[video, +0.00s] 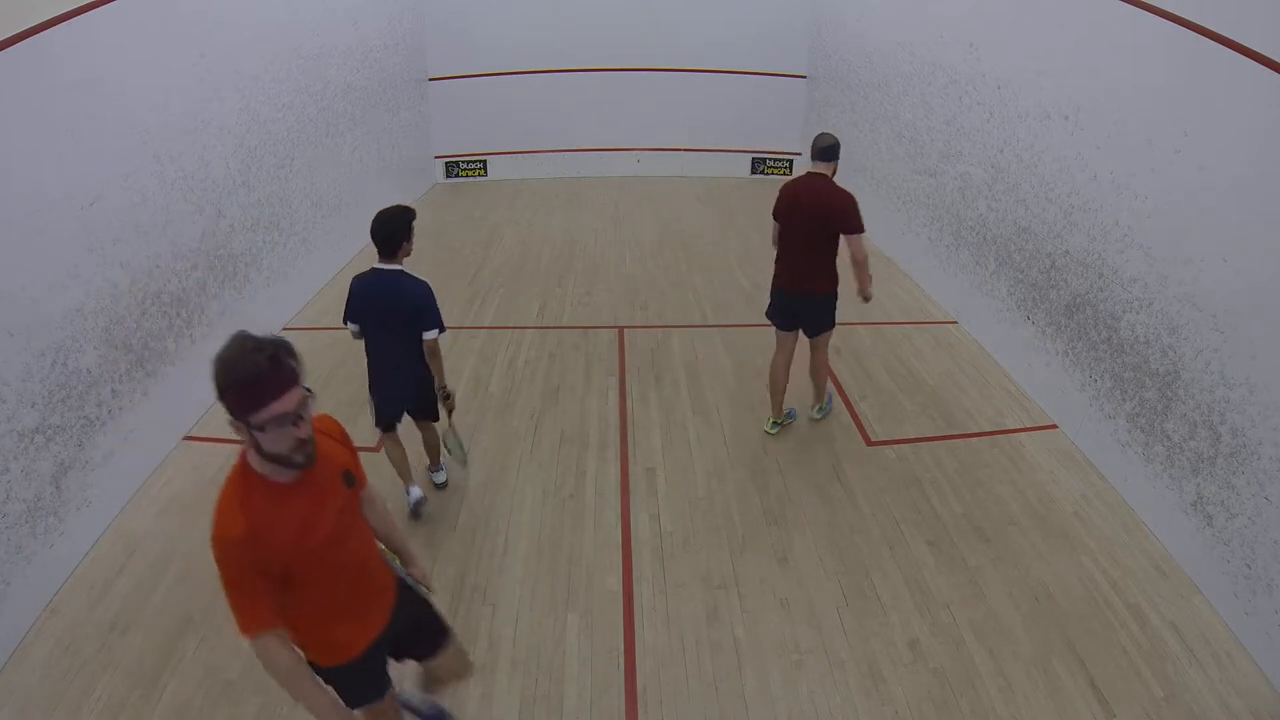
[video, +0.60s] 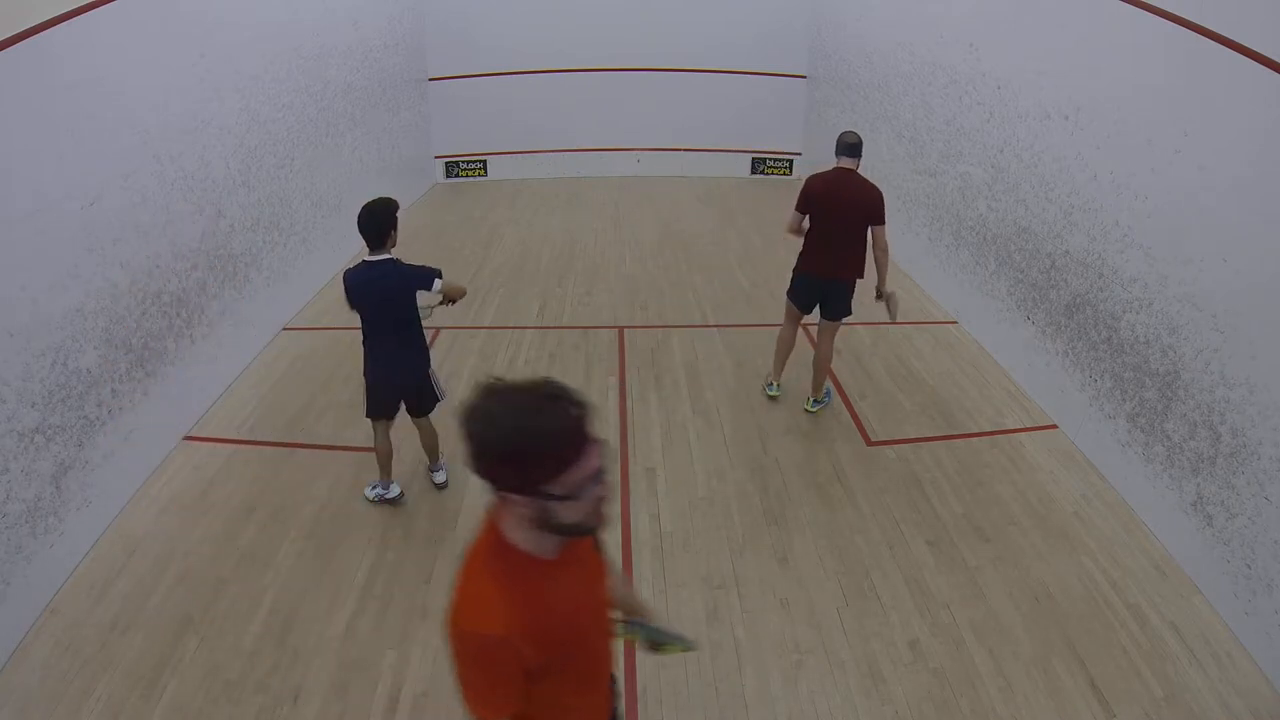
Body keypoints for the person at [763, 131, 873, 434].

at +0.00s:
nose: (832, 163)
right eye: (836, 158)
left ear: (810, 157)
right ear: (837, 160)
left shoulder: (789, 189)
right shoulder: (843, 199)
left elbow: (777, 238)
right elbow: (857, 255)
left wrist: (791, 255)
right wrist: (864, 287)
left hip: (784, 286)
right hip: (821, 290)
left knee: (782, 351)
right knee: (819, 351)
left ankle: (776, 416)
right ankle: (818, 405)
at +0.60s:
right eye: (857, 154)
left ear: (835, 153)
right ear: (861, 156)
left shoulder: (815, 182)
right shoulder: (871, 193)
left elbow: (793, 227)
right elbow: (880, 246)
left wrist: (813, 233)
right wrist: (881, 283)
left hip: (808, 272)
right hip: (842, 279)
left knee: (790, 322)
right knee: (826, 339)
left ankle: (774, 381)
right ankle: (815, 396)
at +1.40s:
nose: (878, 166)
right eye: (878, 163)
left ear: (854, 160)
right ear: (876, 168)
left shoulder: (838, 180)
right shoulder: (867, 201)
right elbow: (891, 239)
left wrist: (877, 195)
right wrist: (926, 217)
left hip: (821, 262)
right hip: (853, 269)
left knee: (801, 306)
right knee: (862, 314)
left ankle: (774, 360)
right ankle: (861, 366)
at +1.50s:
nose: (882, 165)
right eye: (884, 162)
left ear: (860, 159)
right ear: (883, 167)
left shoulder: (846, 176)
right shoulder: (870, 199)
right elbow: (896, 234)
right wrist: (928, 207)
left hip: (825, 260)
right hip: (856, 268)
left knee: (806, 304)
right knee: (865, 313)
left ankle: (777, 356)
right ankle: (861, 366)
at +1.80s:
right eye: (873, 145)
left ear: (851, 148)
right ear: (876, 151)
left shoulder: (832, 177)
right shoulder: (884, 181)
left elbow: (802, 203)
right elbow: (919, 182)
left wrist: (797, 181)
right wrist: (945, 171)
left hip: (831, 256)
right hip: (862, 259)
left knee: (807, 305)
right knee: (861, 313)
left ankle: (793, 367)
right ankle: (861, 365)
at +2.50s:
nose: (737, 154)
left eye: (741, 150)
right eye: (739, 150)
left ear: (754, 155)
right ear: (759, 154)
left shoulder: (776, 191)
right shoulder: (754, 177)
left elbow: (782, 248)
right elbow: (747, 218)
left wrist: (753, 279)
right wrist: (729, 245)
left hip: (773, 268)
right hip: (750, 260)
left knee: (778, 321)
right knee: (724, 310)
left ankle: (804, 374)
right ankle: (713, 376)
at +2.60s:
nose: (722, 153)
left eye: (726, 149)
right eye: (724, 148)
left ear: (738, 153)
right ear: (743, 153)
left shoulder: (756, 190)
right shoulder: (741, 178)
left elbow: (756, 247)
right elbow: (734, 223)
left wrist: (739, 289)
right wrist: (716, 248)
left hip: (745, 273)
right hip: (727, 266)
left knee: (744, 333)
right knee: (710, 315)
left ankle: (790, 368)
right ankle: (710, 380)